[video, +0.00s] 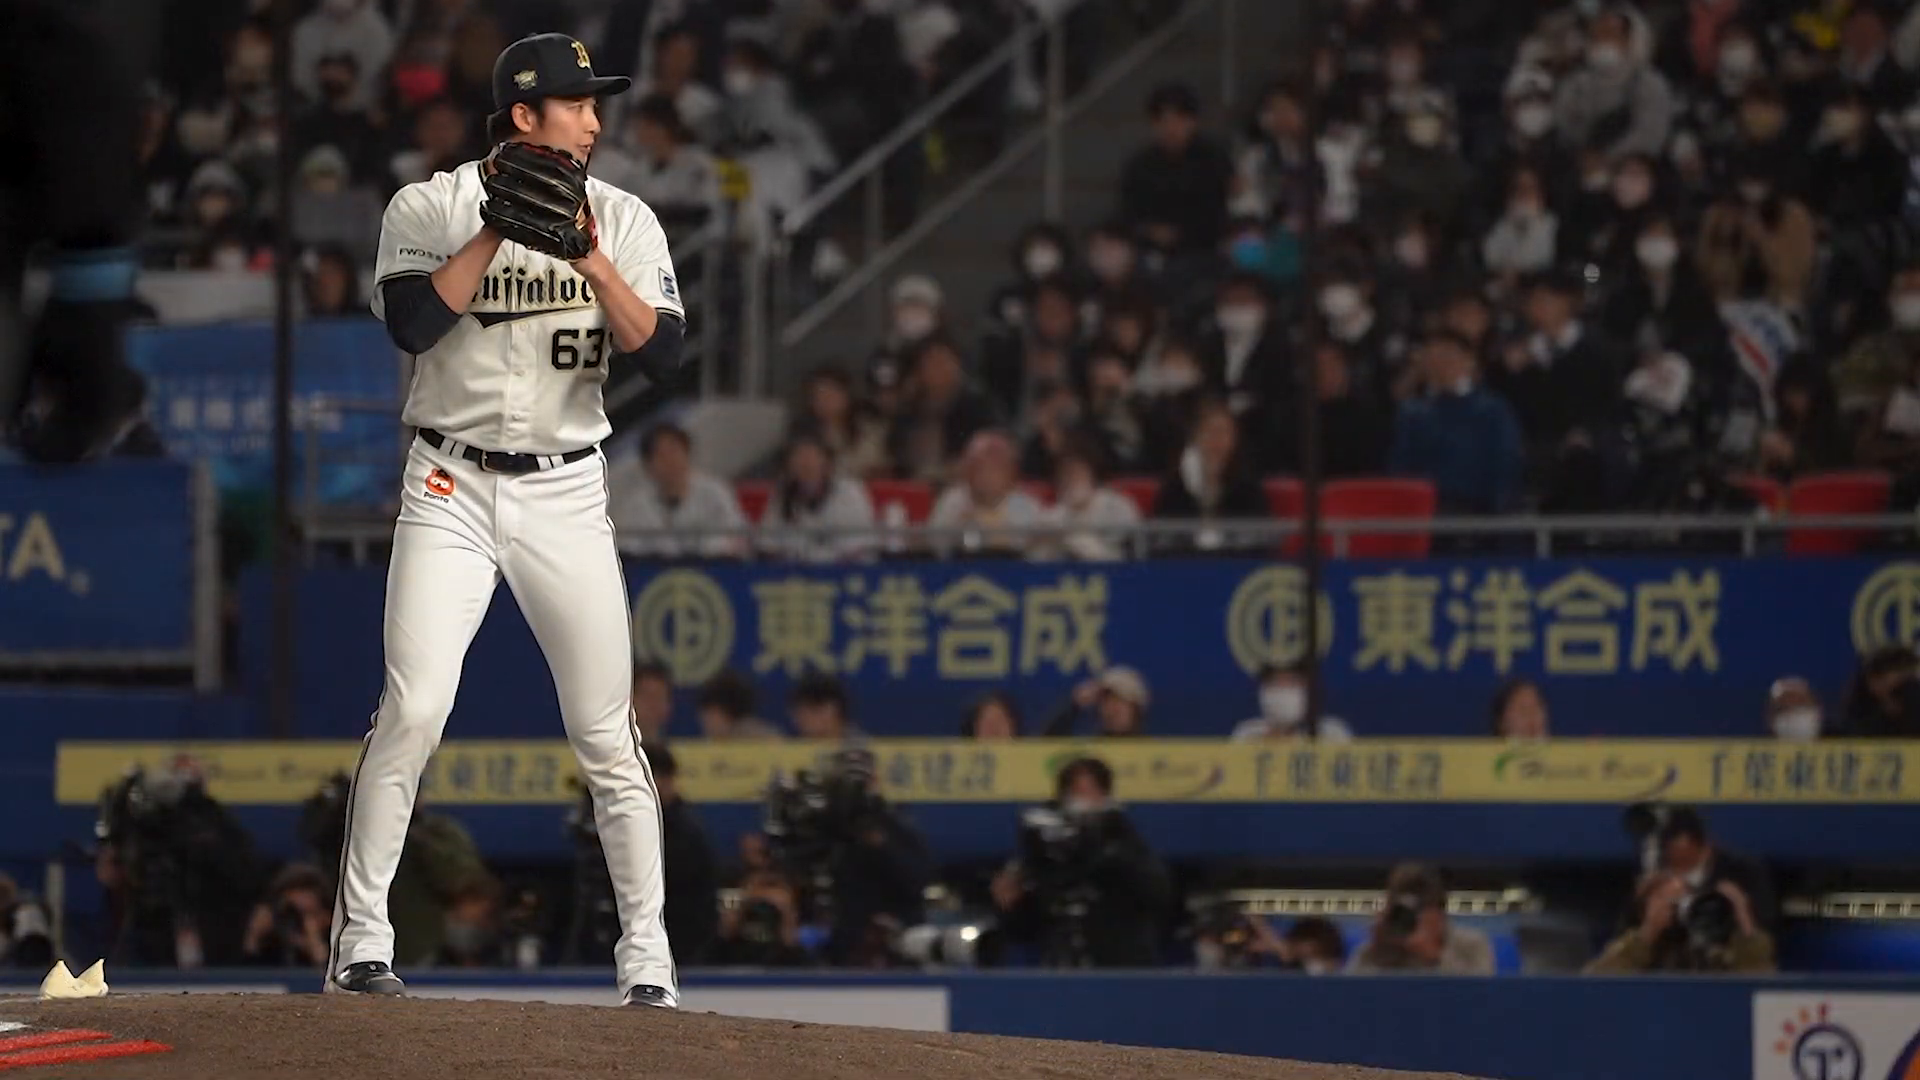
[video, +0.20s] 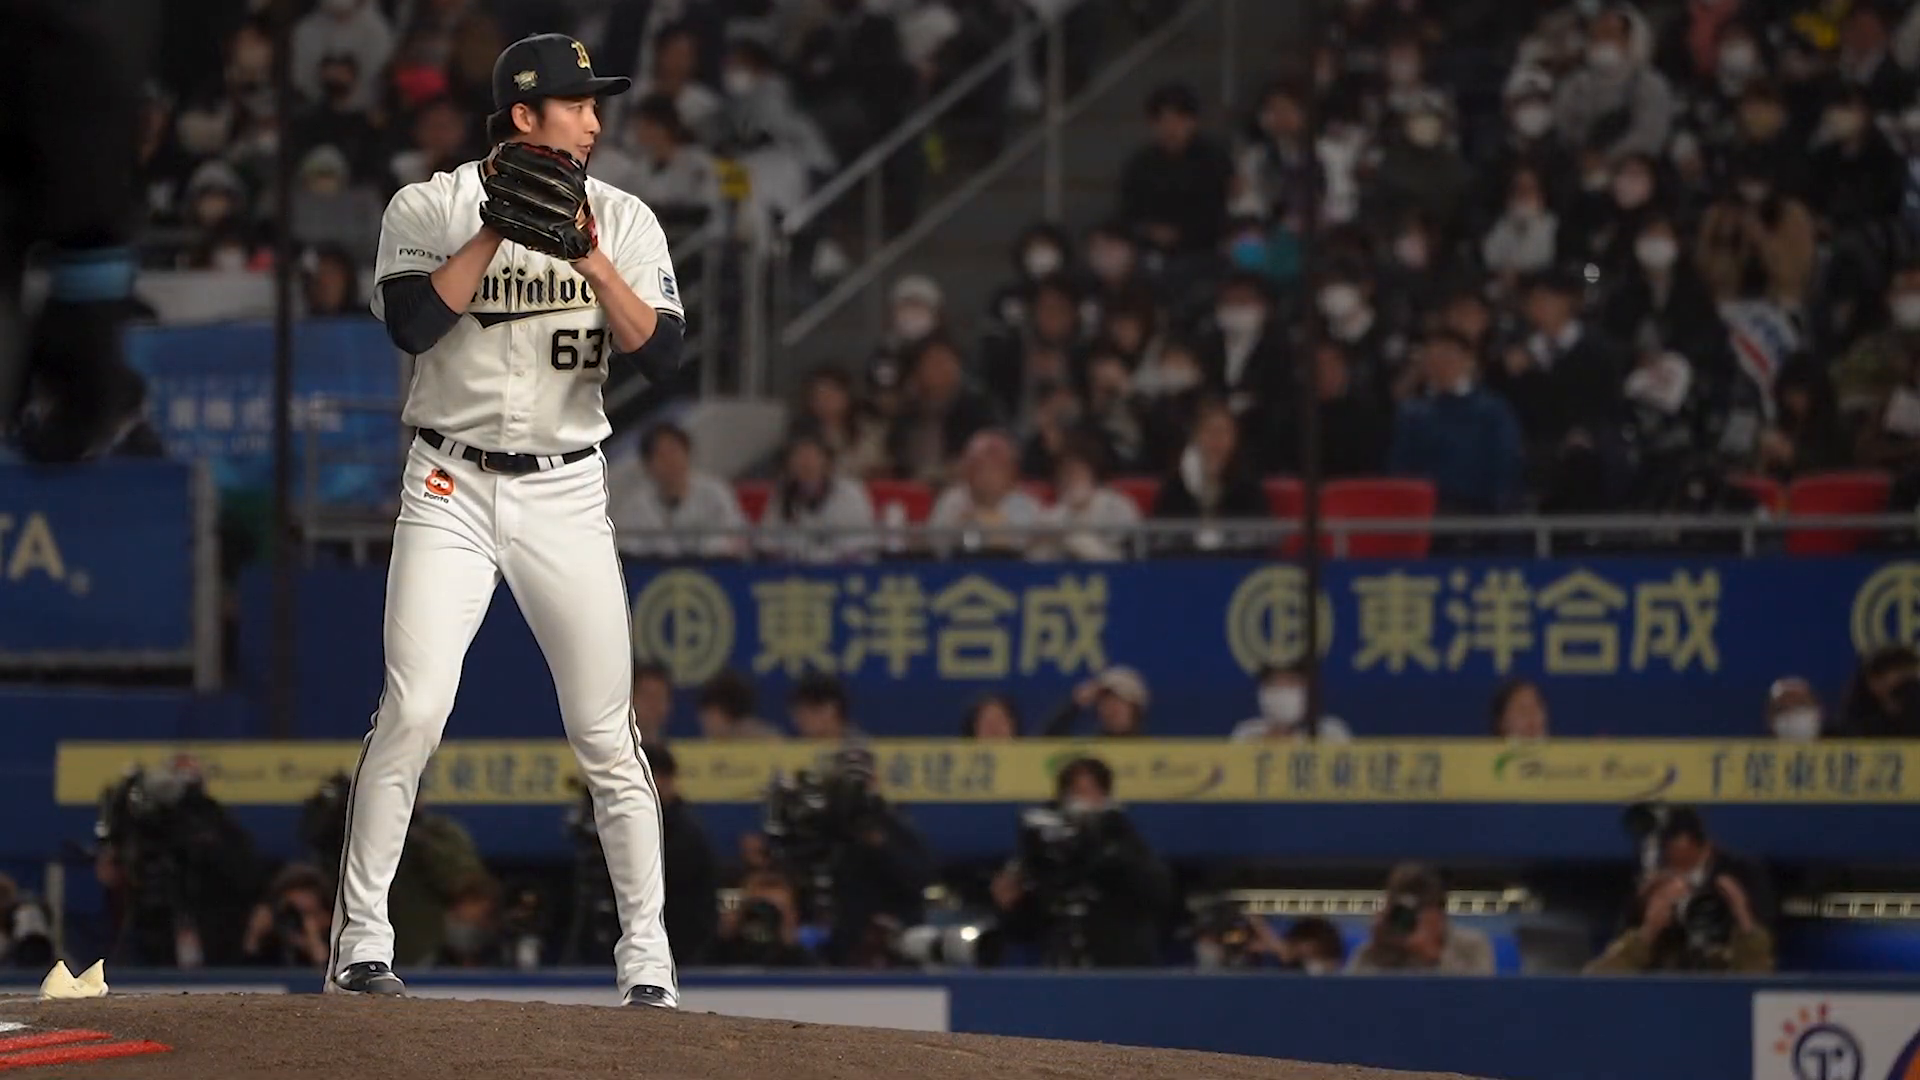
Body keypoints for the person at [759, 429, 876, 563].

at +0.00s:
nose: (807, 472)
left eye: (812, 464)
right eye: (800, 465)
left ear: (827, 466)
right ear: (790, 468)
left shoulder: (850, 494)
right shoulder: (781, 498)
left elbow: (865, 541)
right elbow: (765, 542)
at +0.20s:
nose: (807, 470)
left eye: (812, 463)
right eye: (800, 464)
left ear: (826, 465)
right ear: (790, 468)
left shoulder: (850, 494)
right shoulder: (781, 498)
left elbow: (865, 541)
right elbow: (765, 541)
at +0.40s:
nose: (807, 471)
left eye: (813, 464)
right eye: (801, 464)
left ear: (827, 466)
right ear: (790, 468)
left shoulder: (850, 495)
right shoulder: (781, 500)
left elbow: (864, 543)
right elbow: (766, 542)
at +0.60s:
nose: (807, 472)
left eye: (813, 465)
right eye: (801, 465)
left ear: (827, 466)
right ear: (791, 468)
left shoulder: (850, 495)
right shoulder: (782, 499)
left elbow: (864, 543)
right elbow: (765, 542)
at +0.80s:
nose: (808, 470)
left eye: (813, 463)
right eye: (802, 464)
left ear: (826, 465)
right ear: (791, 468)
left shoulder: (850, 494)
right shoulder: (782, 499)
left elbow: (866, 541)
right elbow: (765, 541)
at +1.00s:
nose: (808, 471)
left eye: (813, 463)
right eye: (801, 464)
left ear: (827, 465)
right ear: (790, 469)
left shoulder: (851, 495)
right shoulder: (781, 500)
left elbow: (867, 543)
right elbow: (765, 543)